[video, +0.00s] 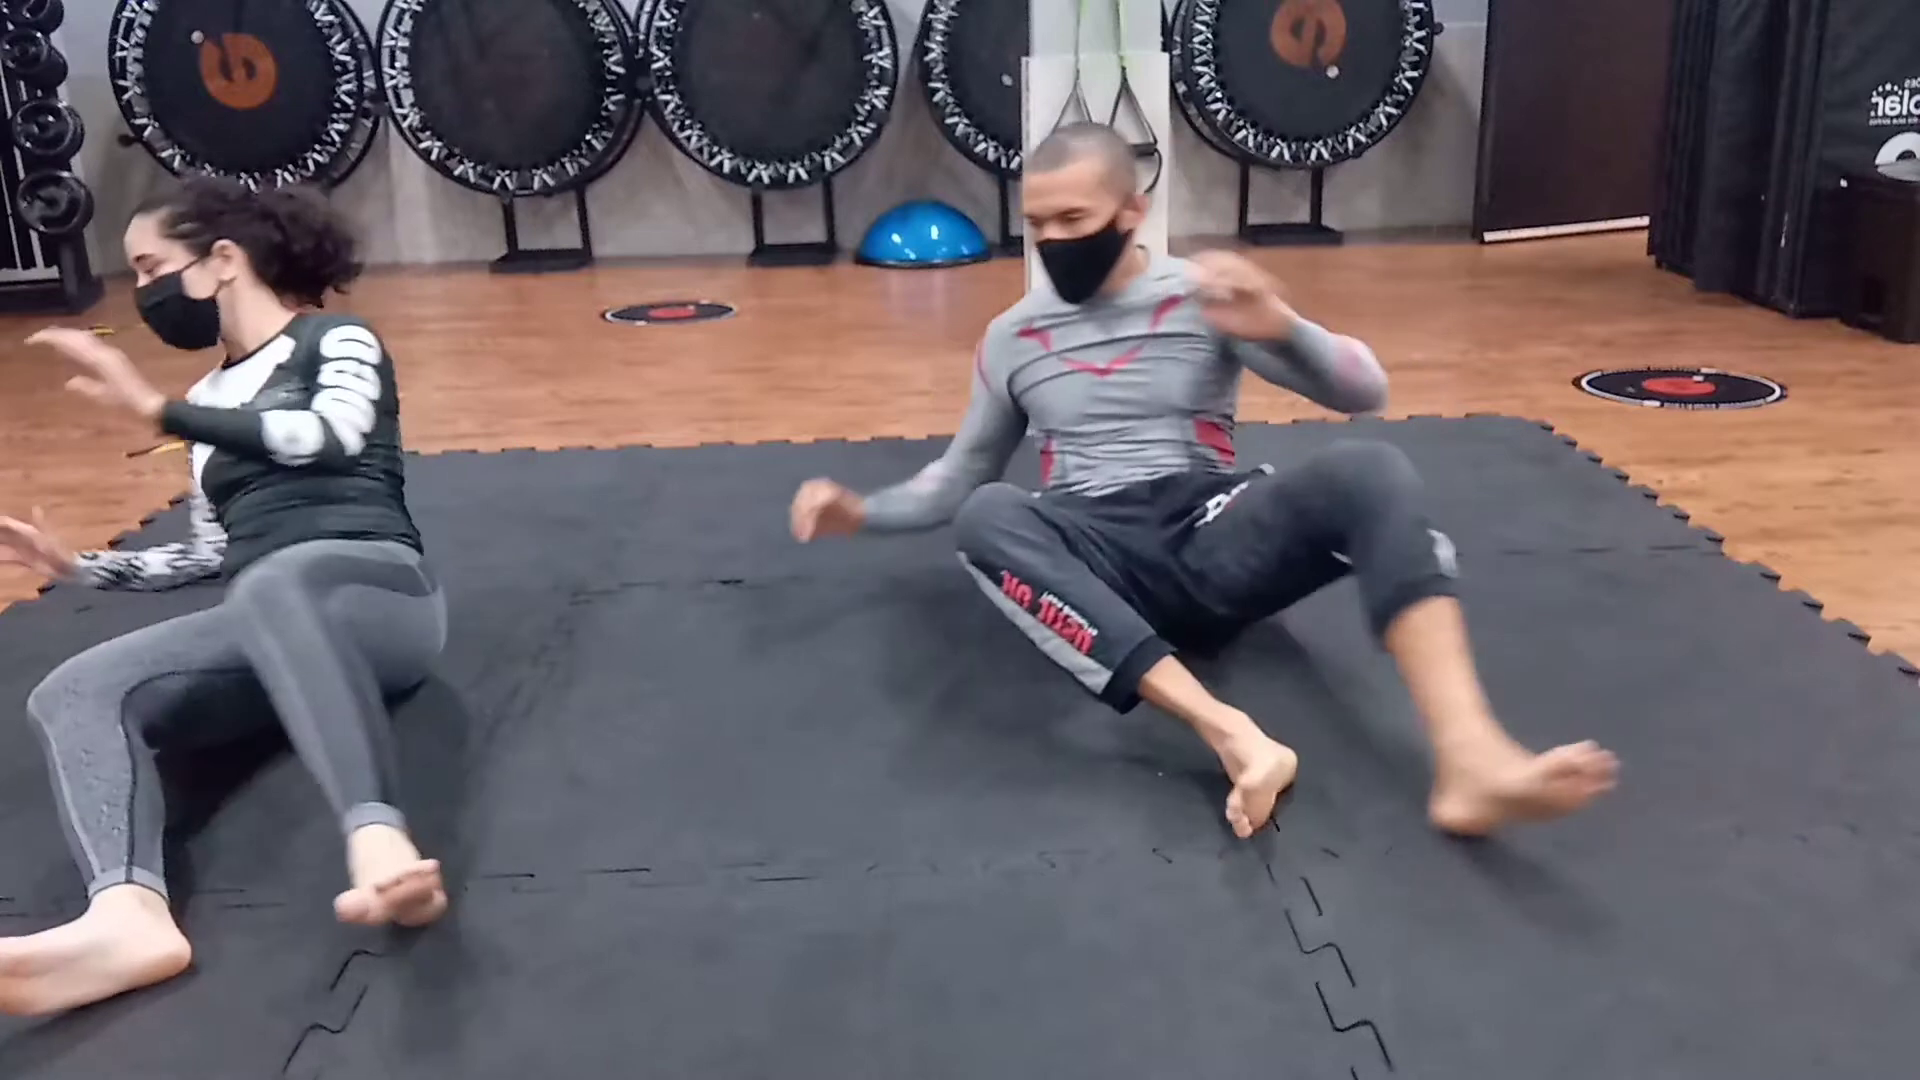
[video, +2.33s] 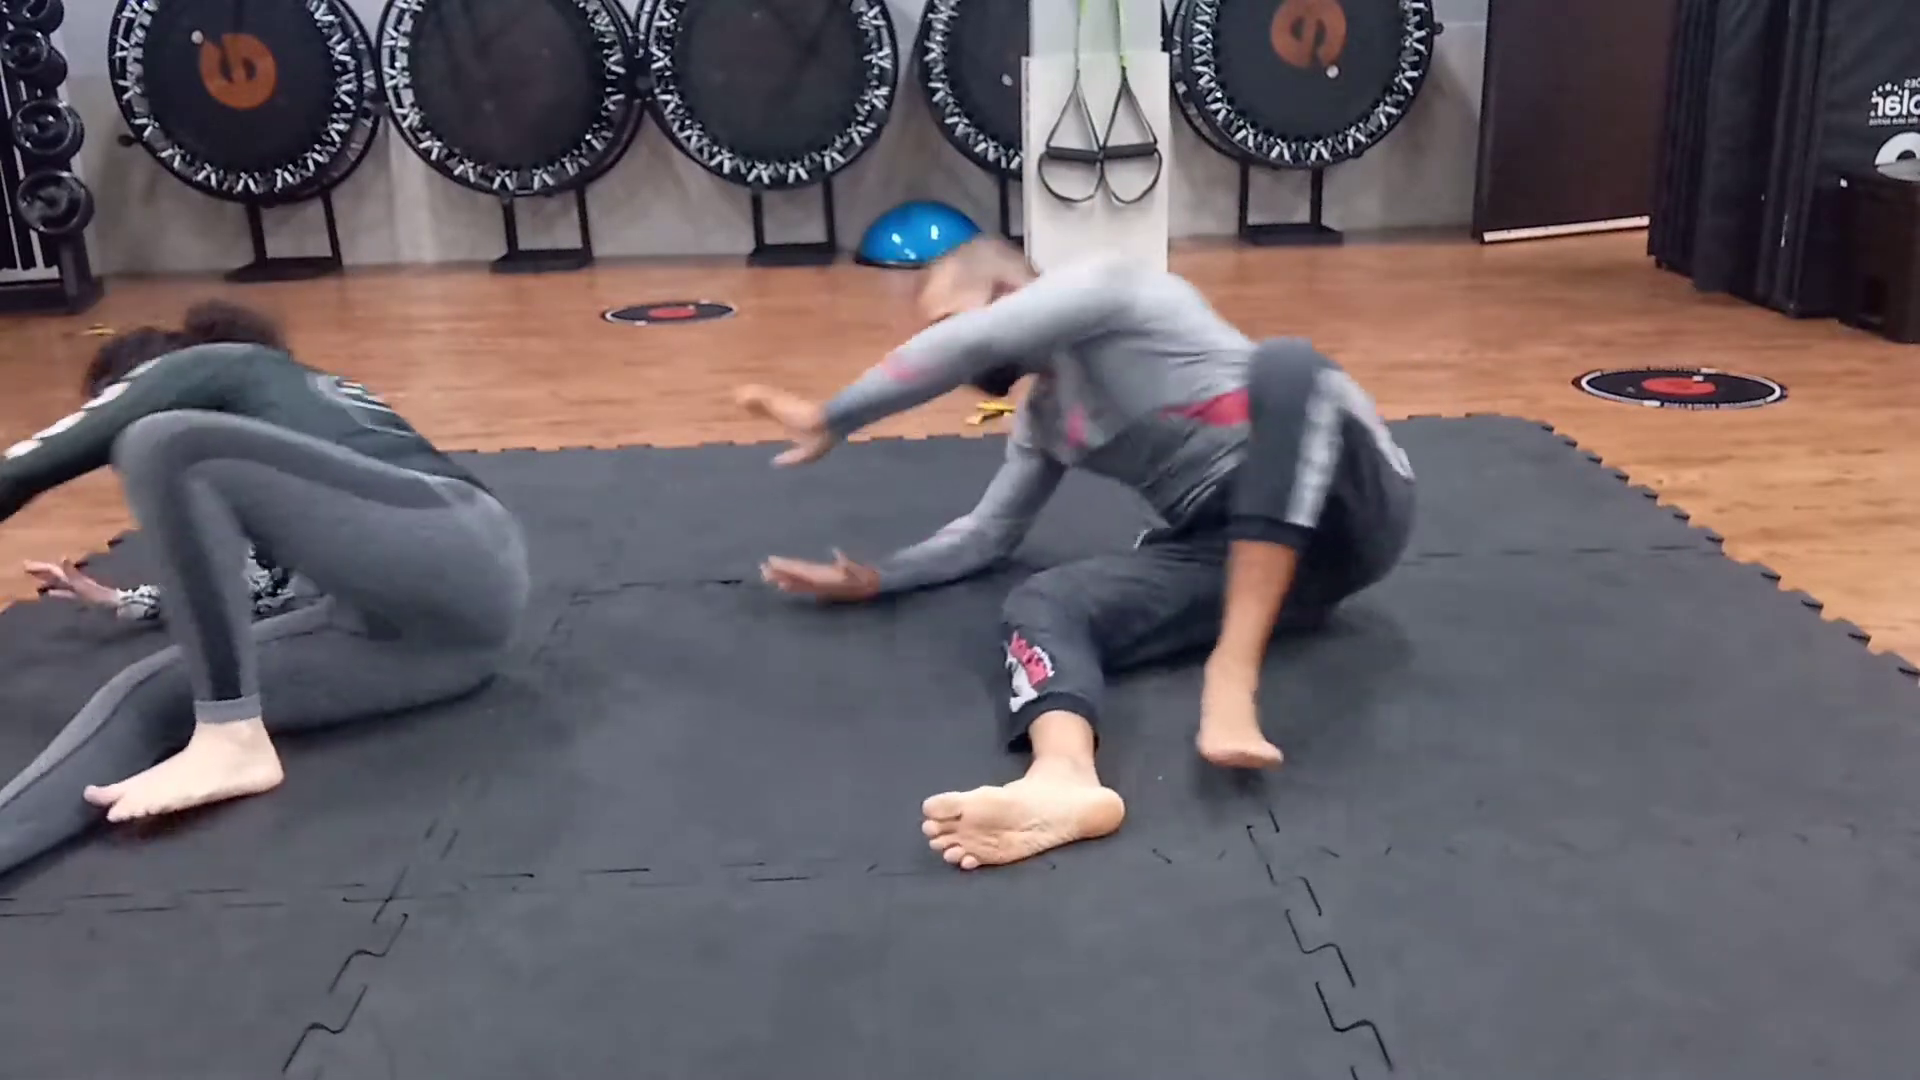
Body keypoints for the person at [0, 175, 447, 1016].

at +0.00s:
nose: (144, 299)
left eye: (152, 276)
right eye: (138, 281)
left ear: (224, 262)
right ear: (212, 270)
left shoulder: (340, 337)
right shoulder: (211, 406)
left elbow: (327, 435)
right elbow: (212, 549)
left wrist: (163, 410)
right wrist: (78, 566)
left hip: (381, 581)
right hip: (261, 618)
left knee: (269, 588)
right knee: (73, 691)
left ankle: (378, 841)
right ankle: (130, 908)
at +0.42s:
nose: (130, 326)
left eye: (135, 303)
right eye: (125, 309)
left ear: (196, 288)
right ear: (196, 296)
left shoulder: (310, 338)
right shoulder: (242, 407)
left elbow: (238, 447)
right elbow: (274, 552)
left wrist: (67, 442)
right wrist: (142, 604)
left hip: (381, 596)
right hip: (280, 647)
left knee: (182, 551)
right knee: (59, 676)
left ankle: (292, 827)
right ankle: (30, 898)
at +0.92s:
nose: (107, 356)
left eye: (108, 335)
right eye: (101, 342)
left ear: (161, 315)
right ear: (165, 320)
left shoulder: (258, 342)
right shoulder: (201, 432)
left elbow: (156, 430)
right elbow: (246, 583)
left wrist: (12, 440)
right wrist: (124, 618)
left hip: (365, 585)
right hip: (289, 651)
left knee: (106, 476)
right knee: (49, 704)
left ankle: (226, 767)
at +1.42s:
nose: (106, 378)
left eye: (105, 361)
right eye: (97, 369)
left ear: (143, 328)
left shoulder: (213, 342)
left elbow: (46, 447)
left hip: (312, 567)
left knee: (17, 513)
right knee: (16, 730)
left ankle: (212, 741)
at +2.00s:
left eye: (89, 379)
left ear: (128, 360)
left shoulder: (150, 360)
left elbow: (7, 440)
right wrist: (149, 468)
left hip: (368, 508)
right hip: (393, 633)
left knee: (30, 507)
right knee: (102, 717)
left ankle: (217, 742)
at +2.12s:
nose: (78, 412)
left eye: (88, 397)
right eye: (81, 404)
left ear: (123, 372)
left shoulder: (165, 363)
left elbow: (8, 451)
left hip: (397, 514)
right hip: (409, 631)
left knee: (61, 484)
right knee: (121, 711)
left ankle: (223, 743)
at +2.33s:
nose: (106, 421)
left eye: (108, 402)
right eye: (102, 410)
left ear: (150, 372)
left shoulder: (207, 365)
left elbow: (23, 471)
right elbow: (272, 583)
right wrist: (127, 602)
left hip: (461, 551)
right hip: (437, 653)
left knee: (160, 443)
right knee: (145, 699)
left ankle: (234, 737)